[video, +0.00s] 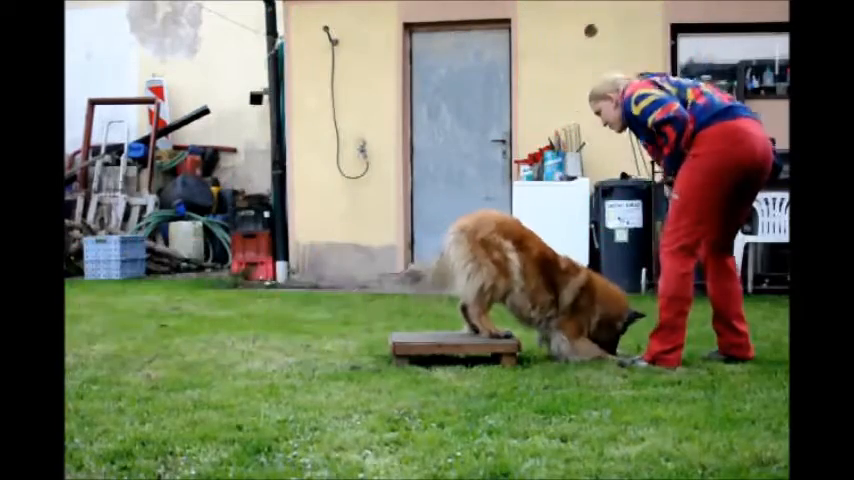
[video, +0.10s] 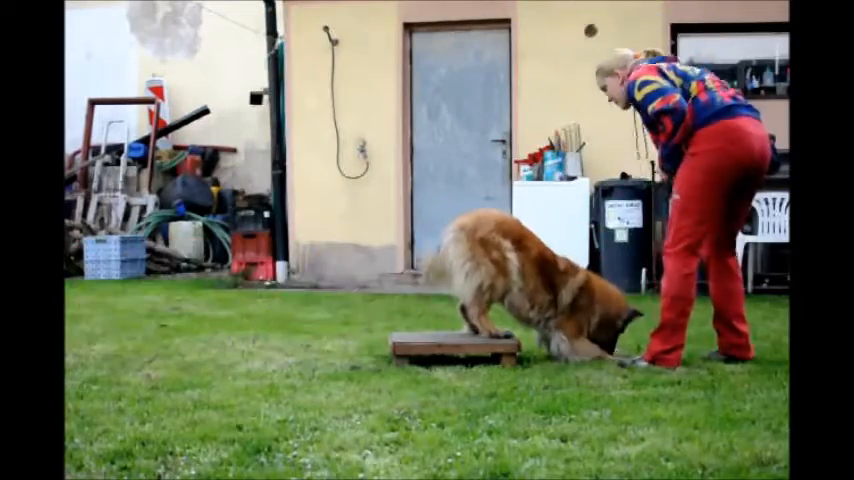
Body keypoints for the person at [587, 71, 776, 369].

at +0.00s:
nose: (602, 122)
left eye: (600, 112)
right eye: (598, 116)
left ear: (613, 97)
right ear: (615, 99)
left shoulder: (635, 92)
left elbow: (675, 118)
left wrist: (671, 172)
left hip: (722, 139)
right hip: (758, 142)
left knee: (676, 249)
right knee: (717, 249)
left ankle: (663, 354)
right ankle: (736, 347)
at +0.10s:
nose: (608, 97)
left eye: (605, 89)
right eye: (604, 92)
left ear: (621, 75)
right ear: (622, 75)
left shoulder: (641, 76)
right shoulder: (668, 69)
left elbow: (674, 109)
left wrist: (666, 161)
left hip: (720, 136)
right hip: (755, 136)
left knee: (680, 250)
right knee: (721, 247)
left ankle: (663, 354)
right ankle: (736, 346)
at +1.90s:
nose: (610, 171)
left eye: (605, 162)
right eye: (604, 167)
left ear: (614, 142)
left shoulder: (638, 123)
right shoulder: (658, 165)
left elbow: (687, 121)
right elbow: (671, 217)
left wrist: (690, 169)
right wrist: (664, 282)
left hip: (736, 144)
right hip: (763, 149)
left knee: (689, 244)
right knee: (714, 250)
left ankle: (702, 351)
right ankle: (733, 344)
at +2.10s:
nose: (610, 112)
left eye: (607, 103)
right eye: (606, 107)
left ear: (620, 86)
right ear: (620, 85)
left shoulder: (643, 80)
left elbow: (681, 110)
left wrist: (681, 163)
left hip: (728, 133)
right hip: (760, 134)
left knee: (696, 247)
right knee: (727, 246)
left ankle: (703, 350)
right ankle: (736, 344)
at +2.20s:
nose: (618, 73)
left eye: (615, 63)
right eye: (614, 67)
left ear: (629, 48)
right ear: (640, 42)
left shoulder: (650, 57)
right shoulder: (685, 51)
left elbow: (677, 99)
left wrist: (672, 157)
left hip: (719, 131)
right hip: (758, 131)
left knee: (696, 246)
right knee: (727, 242)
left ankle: (704, 350)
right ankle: (744, 342)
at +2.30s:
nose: (626, 53)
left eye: (624, 44)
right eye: (623, 47)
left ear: (638, 30)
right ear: (654, 25)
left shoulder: (656, 45)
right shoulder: (695, 42)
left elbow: (677, 93)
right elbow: (737, 87)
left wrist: (666, 142)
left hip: (718, 130)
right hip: (756, 130)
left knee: (697, 245)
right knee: (727, 236)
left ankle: (704, 351)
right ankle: (753, 334)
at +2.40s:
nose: (635, 40)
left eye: (634, 31)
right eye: (631, 34)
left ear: (649, 18)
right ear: (660, 15)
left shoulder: (661, 38)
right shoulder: (705, 37)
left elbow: (677, 89)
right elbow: (753, 80)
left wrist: (665, 138)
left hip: (715, 130)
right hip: (755, 129)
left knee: (698, 246)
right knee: (732, 237)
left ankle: (704, 352)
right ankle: (761, 331)